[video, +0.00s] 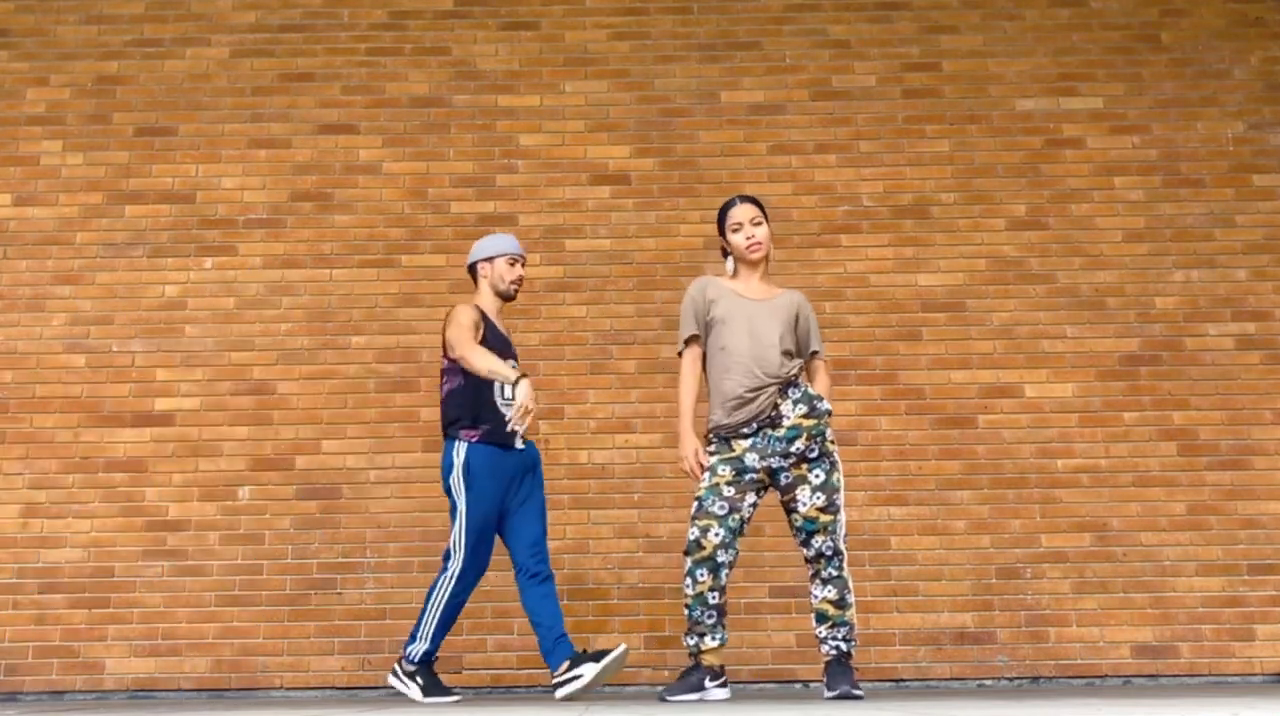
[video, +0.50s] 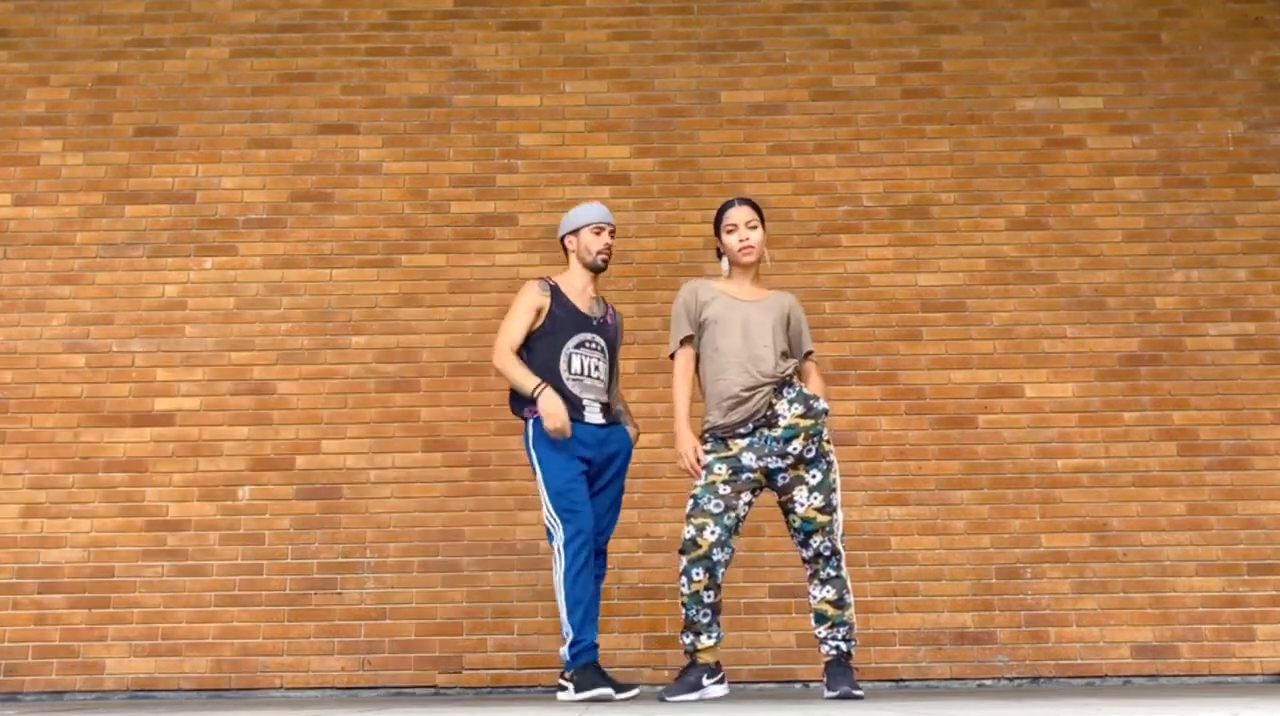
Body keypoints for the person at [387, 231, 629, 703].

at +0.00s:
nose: (520, 272)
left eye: (523, 265)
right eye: (512, 263)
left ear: (517, 273)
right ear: (483, 268)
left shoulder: (501, 334)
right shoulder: (465, 312)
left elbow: (503, 392)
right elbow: (465, 352)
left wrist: (528, 403)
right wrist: (516, 378)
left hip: (518, 457)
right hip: (475, 455)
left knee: (534, 564)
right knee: (465, 563)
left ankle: (564, 663)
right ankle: (413, 662)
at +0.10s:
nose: (543, 266)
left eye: (545, 259)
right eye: (535, 257)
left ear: (533, 267)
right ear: (507, 261)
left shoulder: (517, 316)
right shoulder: (492, 300)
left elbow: (515, 375)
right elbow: (493, 356)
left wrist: (536, 420)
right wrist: (521, 408)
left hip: (542, 448)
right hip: (503, 448)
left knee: (552, 561)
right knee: (485, 557)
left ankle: (570, 665)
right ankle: (426, 651)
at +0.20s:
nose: (567, 263)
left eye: (568, 257)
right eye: (558, 254)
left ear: (556, 266)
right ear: (529, 259)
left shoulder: (540, 315)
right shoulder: (512, 301)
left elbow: (543, 384)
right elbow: (508, 367)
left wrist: (568, 430)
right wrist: (514, 438)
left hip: (568, 447)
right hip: (529, 446)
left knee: (569, 560)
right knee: (512, 554)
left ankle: (575, 667)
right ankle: (443, 639)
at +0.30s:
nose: (586, 255)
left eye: (588, 249)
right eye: (577, 246)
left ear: (581, 260)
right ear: (548, 253)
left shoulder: (567, 319)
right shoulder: (524, 295)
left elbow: (566, 385)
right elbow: (507, 365)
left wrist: (587, 428)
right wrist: (514, 434)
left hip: (584, 443)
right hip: (544, 441)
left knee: (577, 556)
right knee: (539, 549)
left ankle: (577, 667)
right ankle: (486, 651)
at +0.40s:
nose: (599, 247)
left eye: (602, 240)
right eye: (589, 238)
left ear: (600, 252)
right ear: (561, 246)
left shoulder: (591, 320)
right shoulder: (532, 291)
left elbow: (583, 385)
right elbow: (499, 354)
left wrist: (604, 424)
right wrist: (521, 416)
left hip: (596, 439)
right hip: (551, 436)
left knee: (585, 550)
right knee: (558, 544)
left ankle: (578, 664)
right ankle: (547, 665)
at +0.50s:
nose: (607, 241)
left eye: (611, 234)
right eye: (597, 232)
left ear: (610, 245)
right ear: (570, 240)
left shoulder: (610, 316)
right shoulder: (540, 291)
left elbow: (608, 384)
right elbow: (501, 355)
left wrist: (628, 423)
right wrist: (545, 392)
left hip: (608, 436)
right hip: (557, 432)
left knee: (596, 544)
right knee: (577, 535)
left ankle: (581, 661)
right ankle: (582, 664)